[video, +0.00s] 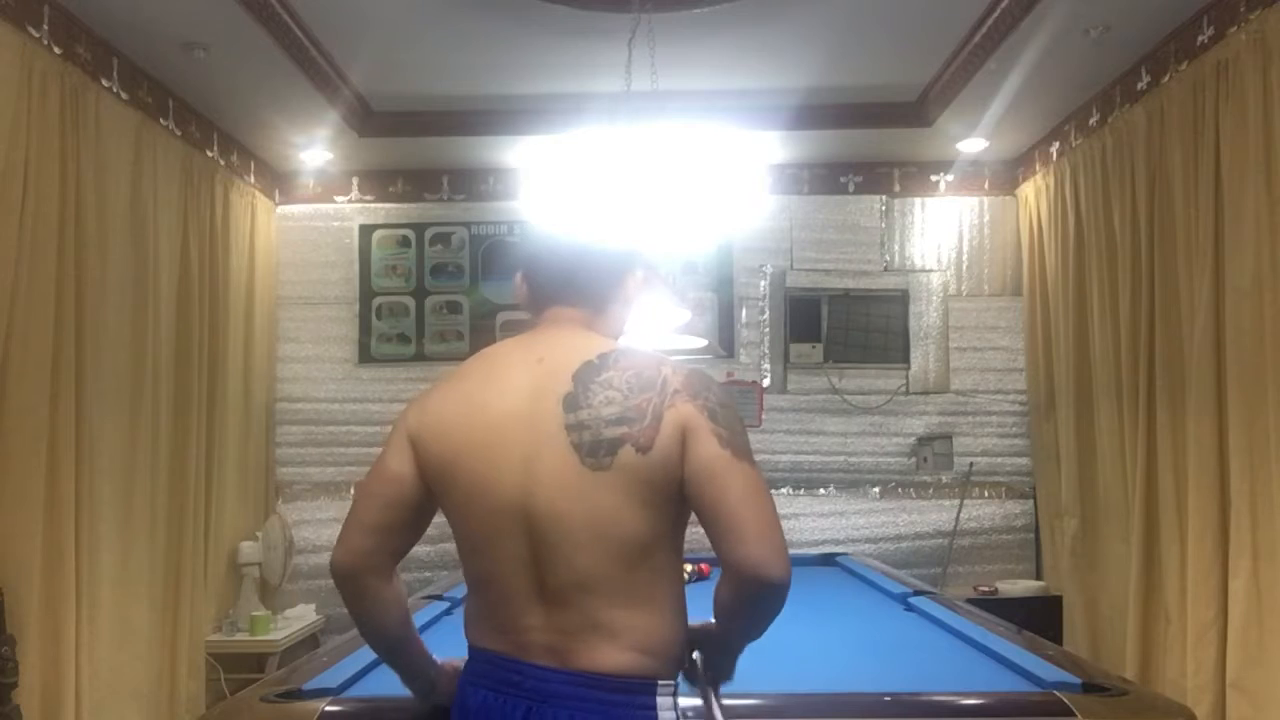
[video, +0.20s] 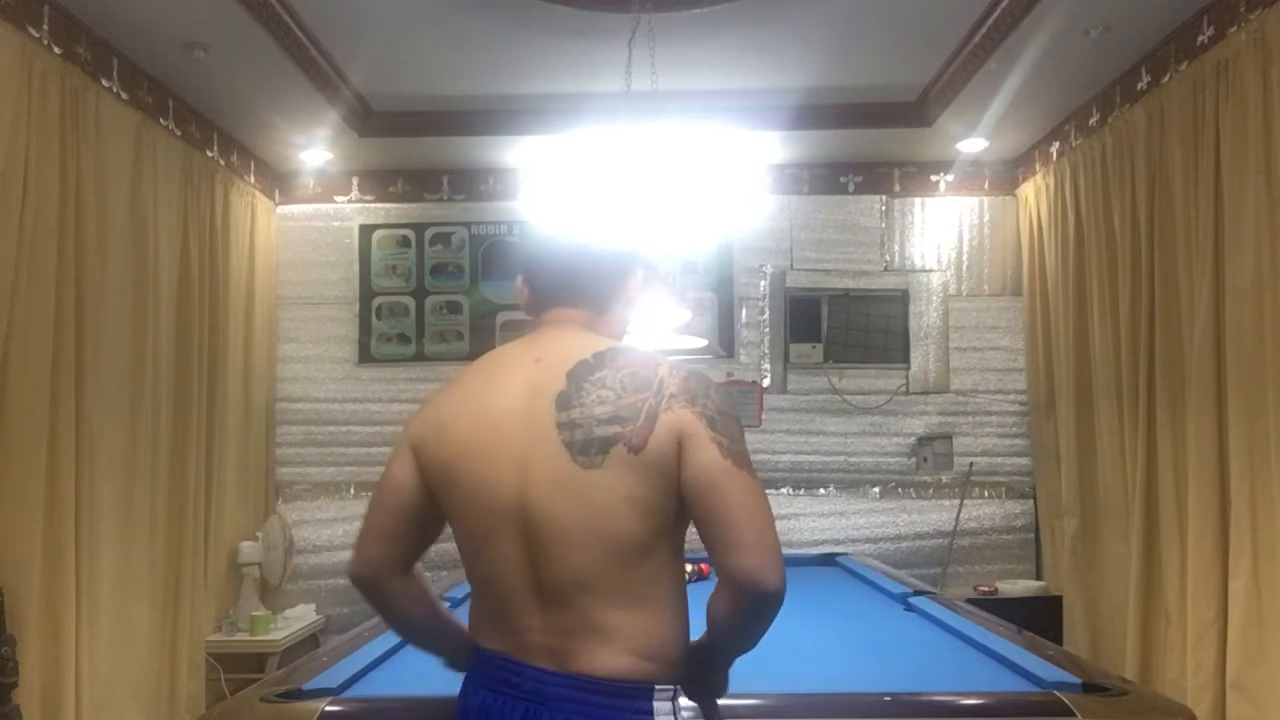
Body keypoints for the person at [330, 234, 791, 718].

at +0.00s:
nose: (644, 293)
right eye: (643, 280)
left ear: (525, 286)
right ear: (630, 283)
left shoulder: (444, 399)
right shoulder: (675, 392)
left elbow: (357, 562)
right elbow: (762, 568)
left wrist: (426, 678)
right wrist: (722, 646)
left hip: (487, 699)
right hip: (622, 702)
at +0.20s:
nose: (645, 297)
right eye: (645, 285)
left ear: (524, 289)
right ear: (632, 286)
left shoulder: (454, 400)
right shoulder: (674, 393)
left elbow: (376, 566)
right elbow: (757, 578)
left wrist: (462, 650)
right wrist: (711, 659)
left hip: (492, 699)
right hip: (635, 702)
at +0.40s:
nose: (650, 293)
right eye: (649, 280)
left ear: (524, 287)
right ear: (634, 282)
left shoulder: (456, 404)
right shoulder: (670, 390)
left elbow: (433, 582)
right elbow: (748, 581)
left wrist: (518, 622)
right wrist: (706, 659)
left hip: (491, 697)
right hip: (629, 704)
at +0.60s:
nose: (649, 293)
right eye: (647, 278)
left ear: (526, 288)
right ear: (635, 280)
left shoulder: (458, 402)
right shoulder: (659, 387)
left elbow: (452, 580)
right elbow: (745, 589)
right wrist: (756, 704)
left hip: (491, 694)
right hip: (623, 703)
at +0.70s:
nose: (653, 290)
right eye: (651, 276)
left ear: (527, 286)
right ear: (636, 279)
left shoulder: (457, 405)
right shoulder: (661, 389)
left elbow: (443, 567)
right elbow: (744, 588)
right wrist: (774, 708)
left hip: (491, 694)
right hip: (622, 704)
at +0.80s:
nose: (647, 297)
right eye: (648, 282)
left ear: (527, 287)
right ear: (636, 281)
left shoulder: (461, 397)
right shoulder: (664, 390)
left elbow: (428, 544)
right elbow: (747, 583)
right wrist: (799, 710)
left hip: (492, 695)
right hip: (621, 703)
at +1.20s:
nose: (649, 287)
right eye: (648, 275)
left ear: (530, 285)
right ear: (637, 276)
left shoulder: (461, 397)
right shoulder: (677, 391)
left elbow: (406, 544)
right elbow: (761, 590)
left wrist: (473, 458)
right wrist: (819, 712)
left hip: (503, 695)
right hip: (635, 702)